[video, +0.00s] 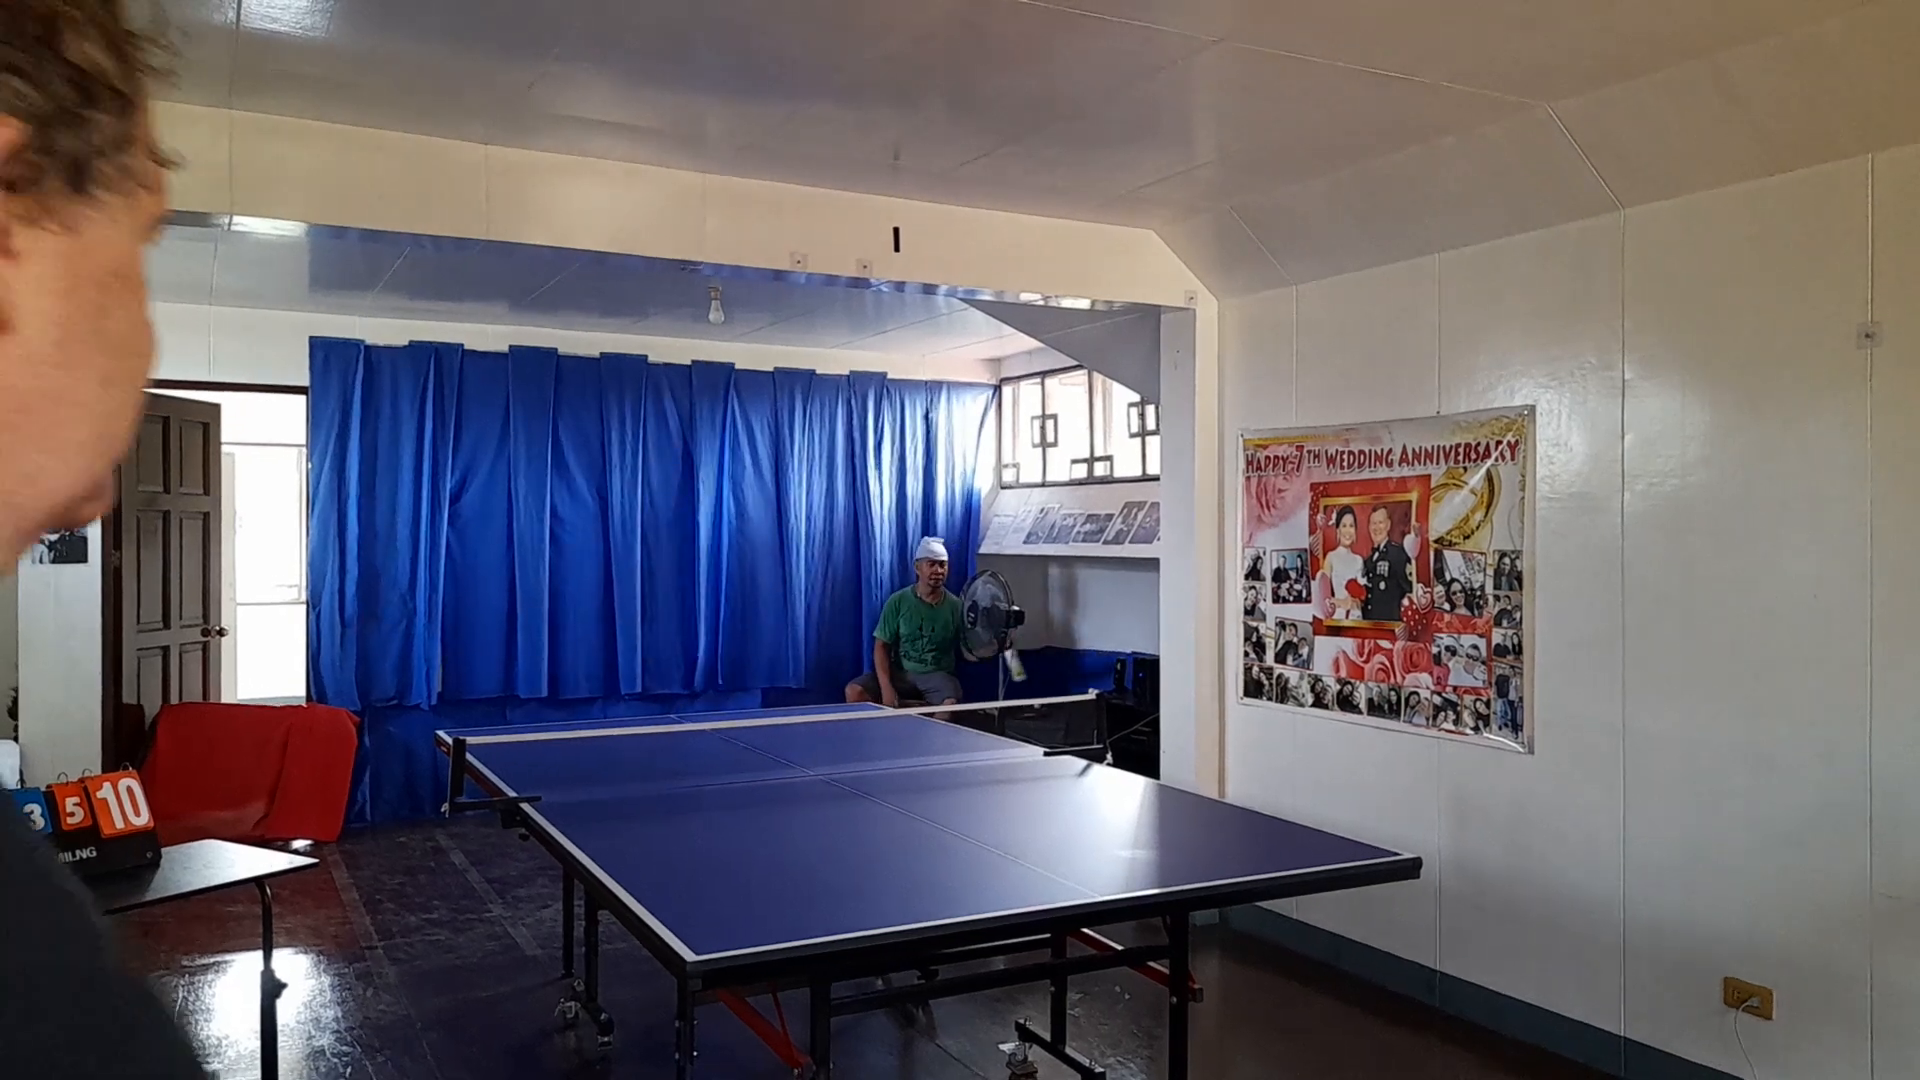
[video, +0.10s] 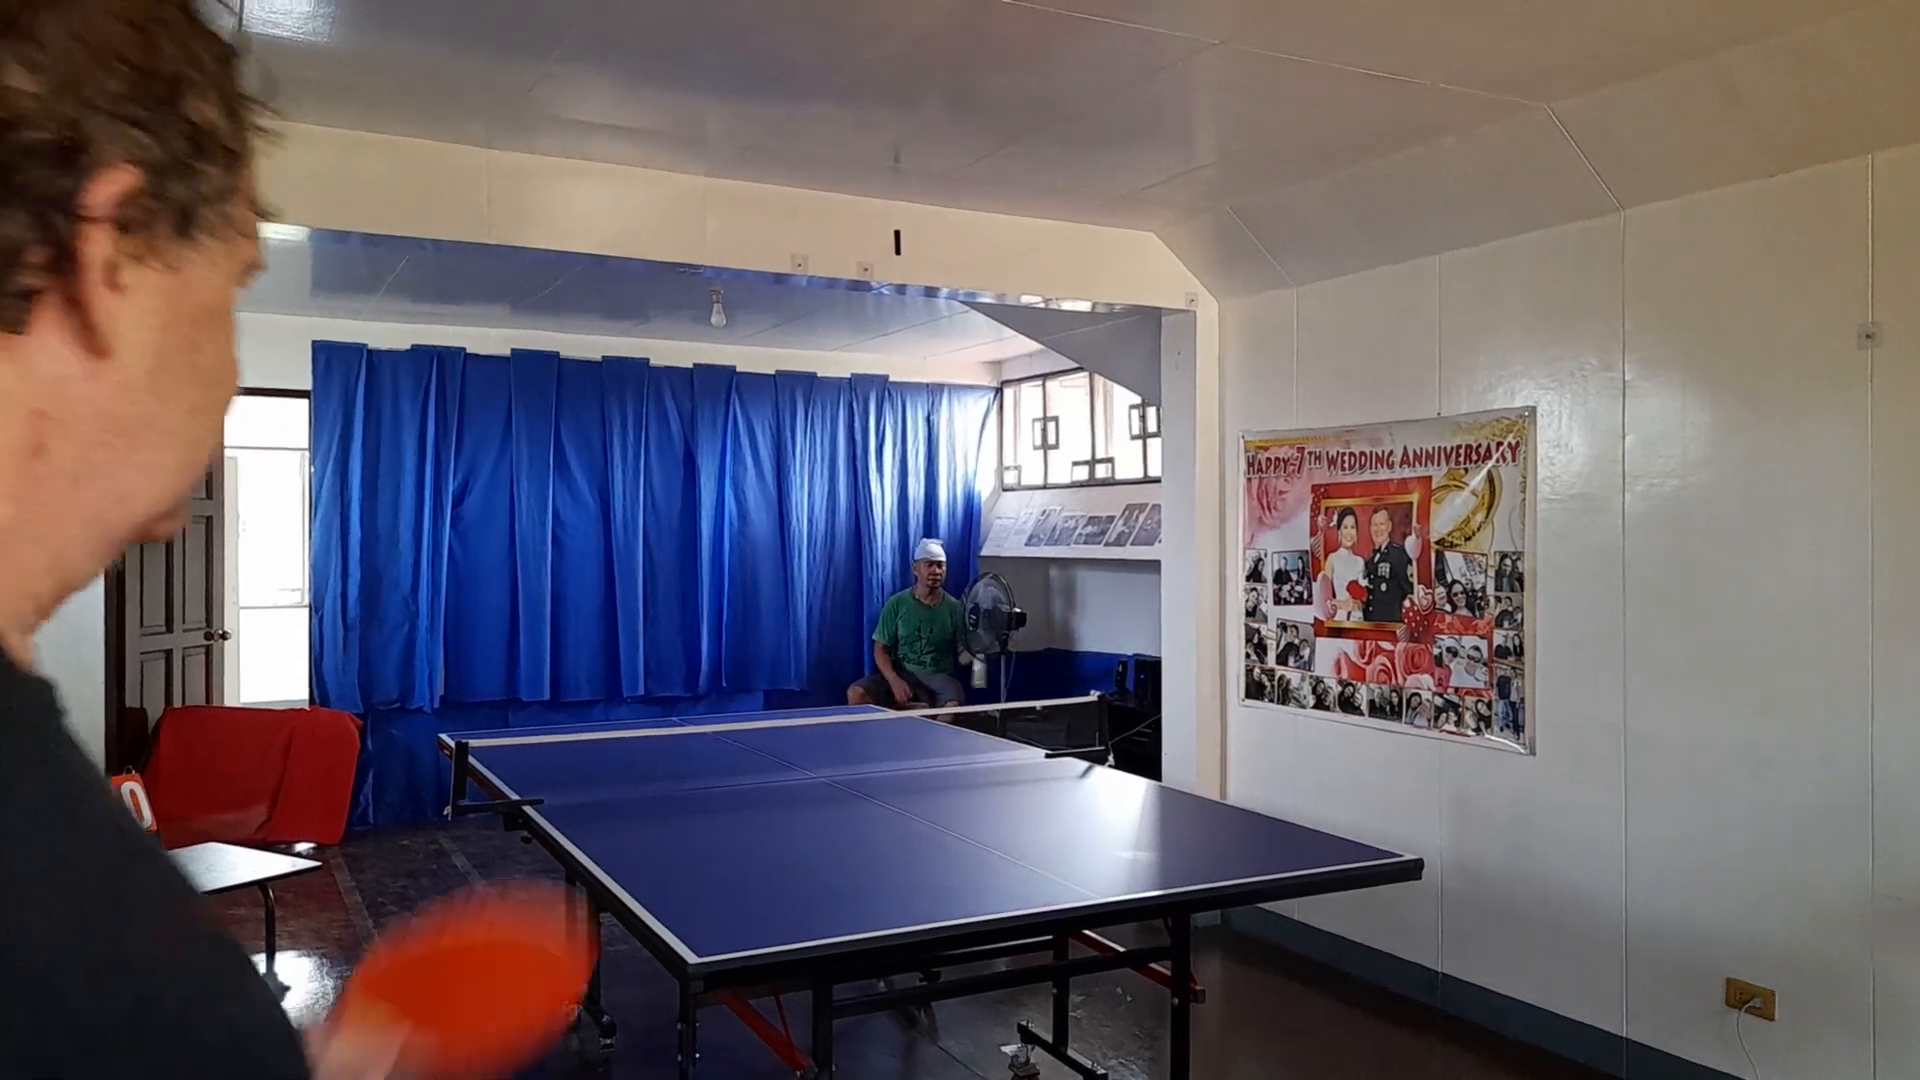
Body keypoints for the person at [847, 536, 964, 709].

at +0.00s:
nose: (938, 570)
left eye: (942, 565)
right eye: (931, 565)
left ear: (947, 568)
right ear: (918, 568)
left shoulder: (956, 606)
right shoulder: (898, 601)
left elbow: (968, 650)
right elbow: (880, 646)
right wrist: (886, 690)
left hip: (936, 675)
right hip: (899, 672)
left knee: (949, 705)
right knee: (854, 691)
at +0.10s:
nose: (936, 571)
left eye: (940, 565)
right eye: (929, 565)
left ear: (945, 569)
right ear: (916, 569)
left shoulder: (955, 608)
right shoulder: (897, 603)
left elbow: (965, 652)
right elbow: (880, 650)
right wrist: (894, 681)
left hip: (939, 676)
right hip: (902, 673)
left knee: (952, 707)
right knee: (857, 693)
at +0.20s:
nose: (929, 568)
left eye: (934, 563)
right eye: (922, 562)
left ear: (939, 568)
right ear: (910, 566)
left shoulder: (950, 606)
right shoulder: (892, 601)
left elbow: (959, 647)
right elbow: (877, 649)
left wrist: (955, 649)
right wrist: (900, 664)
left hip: (933, 678)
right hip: (897, 676)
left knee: (950, 706)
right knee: (854, 692)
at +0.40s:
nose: (916, 568)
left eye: (923, 563)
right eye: (911, 562)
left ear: (931, 568)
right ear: (902, 567)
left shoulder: (945, 606)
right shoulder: (887, 603)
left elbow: (958, 648)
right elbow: (875, 651)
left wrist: (933, 643)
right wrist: (891, 649)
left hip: (932, 678)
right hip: (893, 676)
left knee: (949, 707)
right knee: (852, 694)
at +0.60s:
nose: (904, 565)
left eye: (910, 559)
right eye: (899, 560)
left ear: (923, 563)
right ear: (893, 564)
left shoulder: (937, 600)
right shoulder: (880, 601)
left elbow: (956, 644)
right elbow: (867, 648)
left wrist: (923, 637)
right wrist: (881, 643)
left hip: (928, 675)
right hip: (889, 674)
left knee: (946, 702)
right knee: (851, 691)